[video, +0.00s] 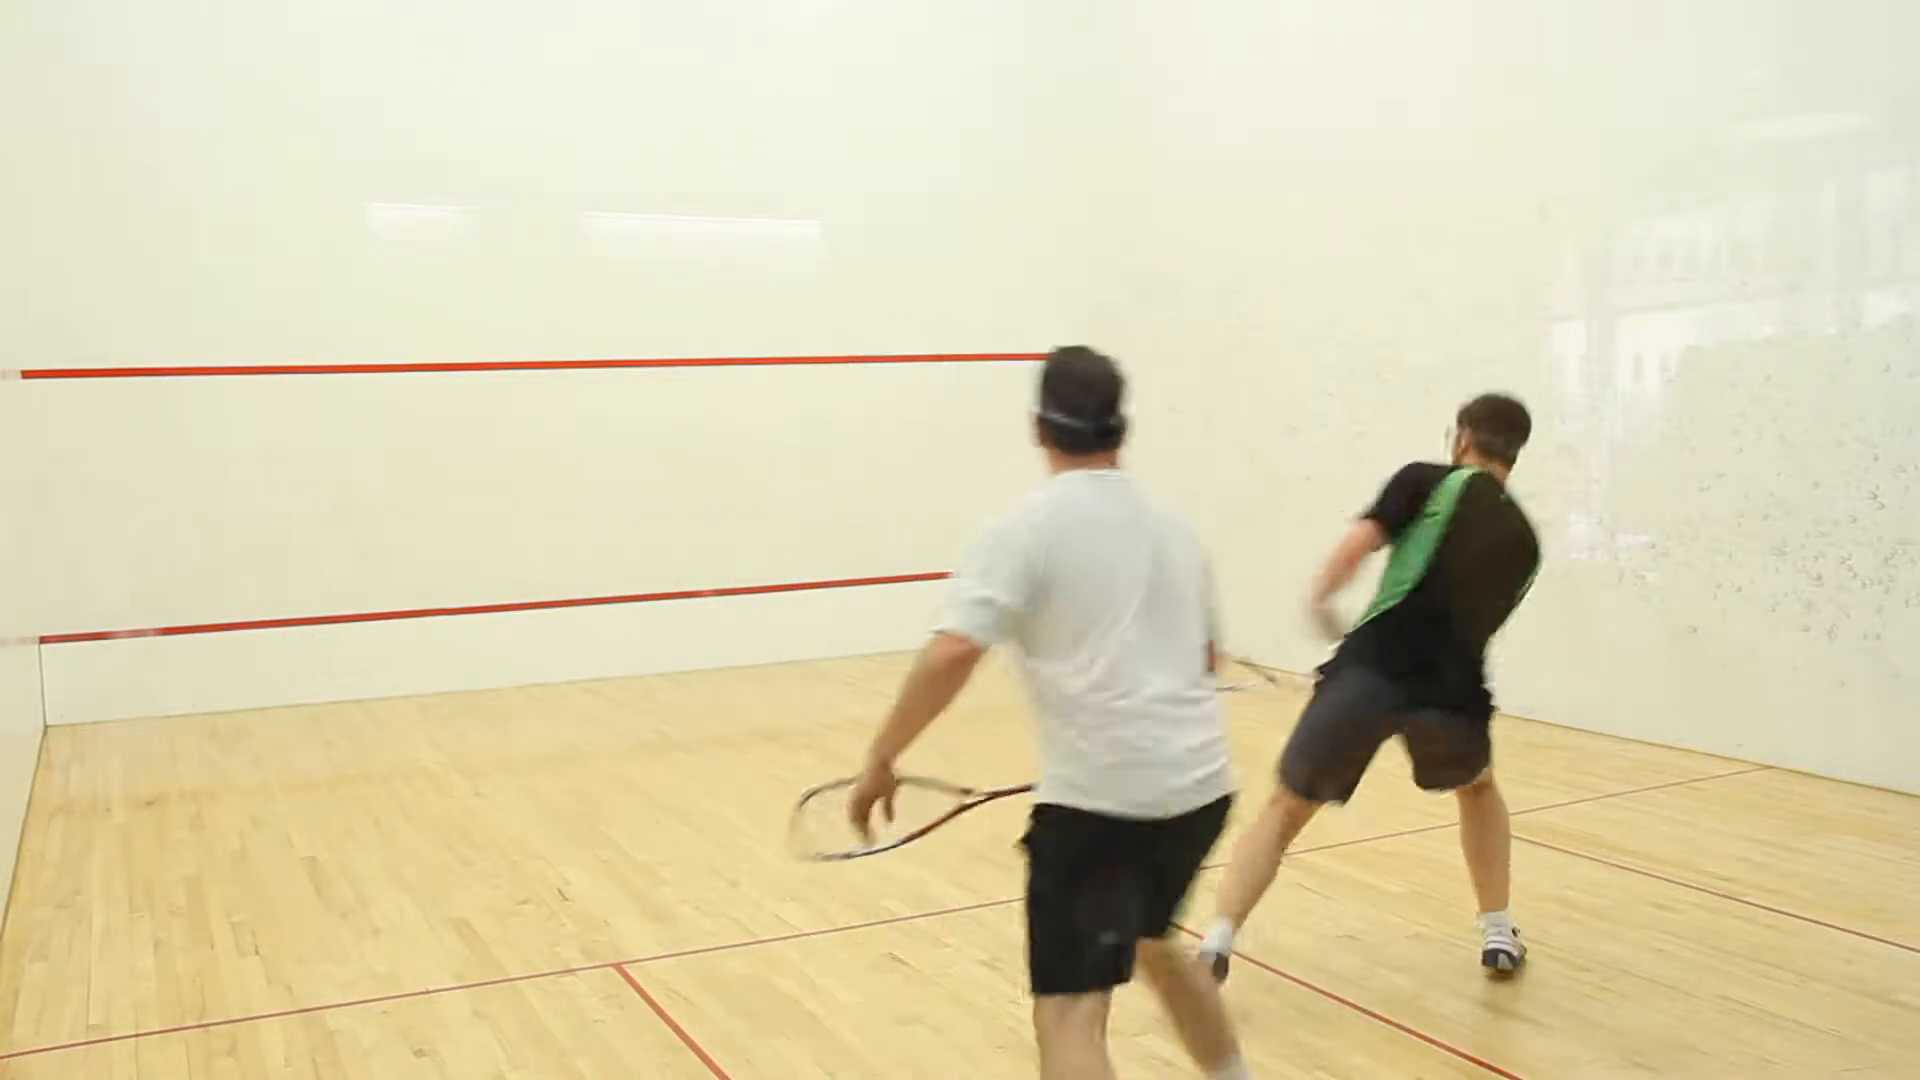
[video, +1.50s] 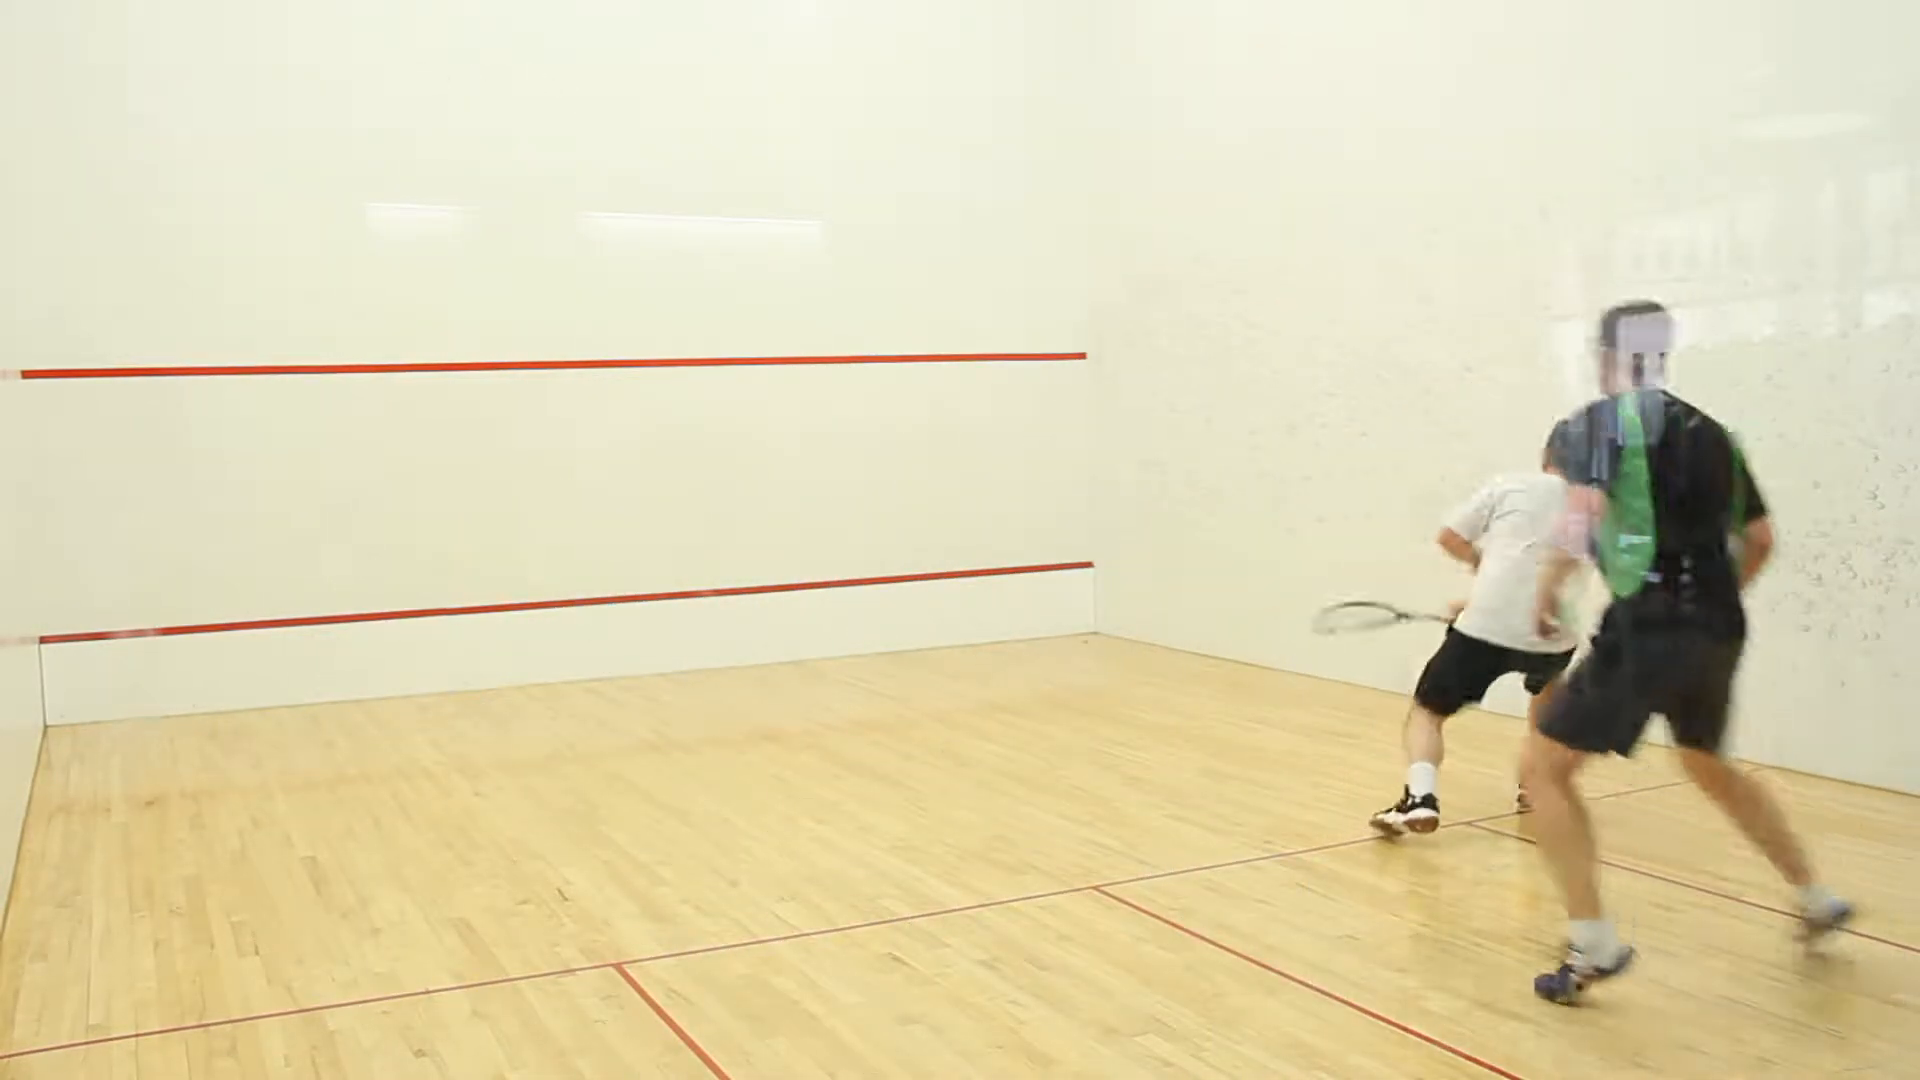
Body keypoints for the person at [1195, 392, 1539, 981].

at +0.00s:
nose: (1452, 447)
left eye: (1454, 438)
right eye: (1457, 440)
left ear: (1462, 439)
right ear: (1516, 458)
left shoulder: (1425, 480)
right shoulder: (1526, 542)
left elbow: (1357, 544)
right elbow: (1479, 621)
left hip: (1370, 676)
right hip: (1451, 696)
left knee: (1287, 807)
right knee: (1477, 789)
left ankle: (1217, 941)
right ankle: (1498, 933)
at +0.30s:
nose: (1457, 351)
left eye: (1463, 339)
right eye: (1461, 338)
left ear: (1488, 345)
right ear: (1525, 349)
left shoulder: (1489, 397)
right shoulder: (1568, 415)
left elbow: (1486, 479)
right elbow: (1562, 507)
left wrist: (1426, 495)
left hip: (1497, 603)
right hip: (1566, 609)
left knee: (1447, 743)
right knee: (1530, 743)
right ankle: (1567, 890)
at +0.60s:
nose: (1506, 392)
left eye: (1516, 379)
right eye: (1510, 379)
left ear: (1548, 387)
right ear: (1567, 387)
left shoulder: (1569, 448)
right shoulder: (1620, 448)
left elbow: (1595, 558)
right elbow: (1644, 561)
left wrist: (1557, 636)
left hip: (1613, 650)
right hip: (1673, 648)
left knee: (1529, 755)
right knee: (1703, 781)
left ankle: (1521, 907)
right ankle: (1809, 917)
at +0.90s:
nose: (1642, 358)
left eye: (1643, 348)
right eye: (1645, 347)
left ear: (1656, 347)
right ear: (1704, 343)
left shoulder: (1657, 418)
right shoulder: (1758, 412)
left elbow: (1683, 518)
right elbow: (1817, 505)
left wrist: (1666, 621)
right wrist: (1823, 594)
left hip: (1717, 631)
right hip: (1782, 622)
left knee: (1690, 778)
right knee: (1771, 768)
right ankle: (1814, 915)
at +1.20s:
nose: (1670, 355)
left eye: (1670, 345)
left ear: (1674, 345)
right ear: (1732, 342)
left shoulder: (1657, 414)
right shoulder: (1794, 413)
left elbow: (1641, 523)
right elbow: (1847, 512)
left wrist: (1629, 601)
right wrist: (1842, 601)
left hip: (1720, 624)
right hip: (1797, 615)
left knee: (1713, 782)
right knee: (1789, 768)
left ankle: (1819, 909)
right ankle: (1857, 917)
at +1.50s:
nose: (1601, 368)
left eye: (1603, 357)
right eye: (1614, 356)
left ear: (1608, 358)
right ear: (1665, 357)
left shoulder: (1590, 427)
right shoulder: (1710, 432)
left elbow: (1580, 517)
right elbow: (1760, 537)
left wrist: (1547, 593)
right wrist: (1716, 596)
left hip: (1642, 630)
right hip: (1716, 629)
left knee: (1543, 767)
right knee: (1704, 759)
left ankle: (1595, 941)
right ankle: (1813, 894)